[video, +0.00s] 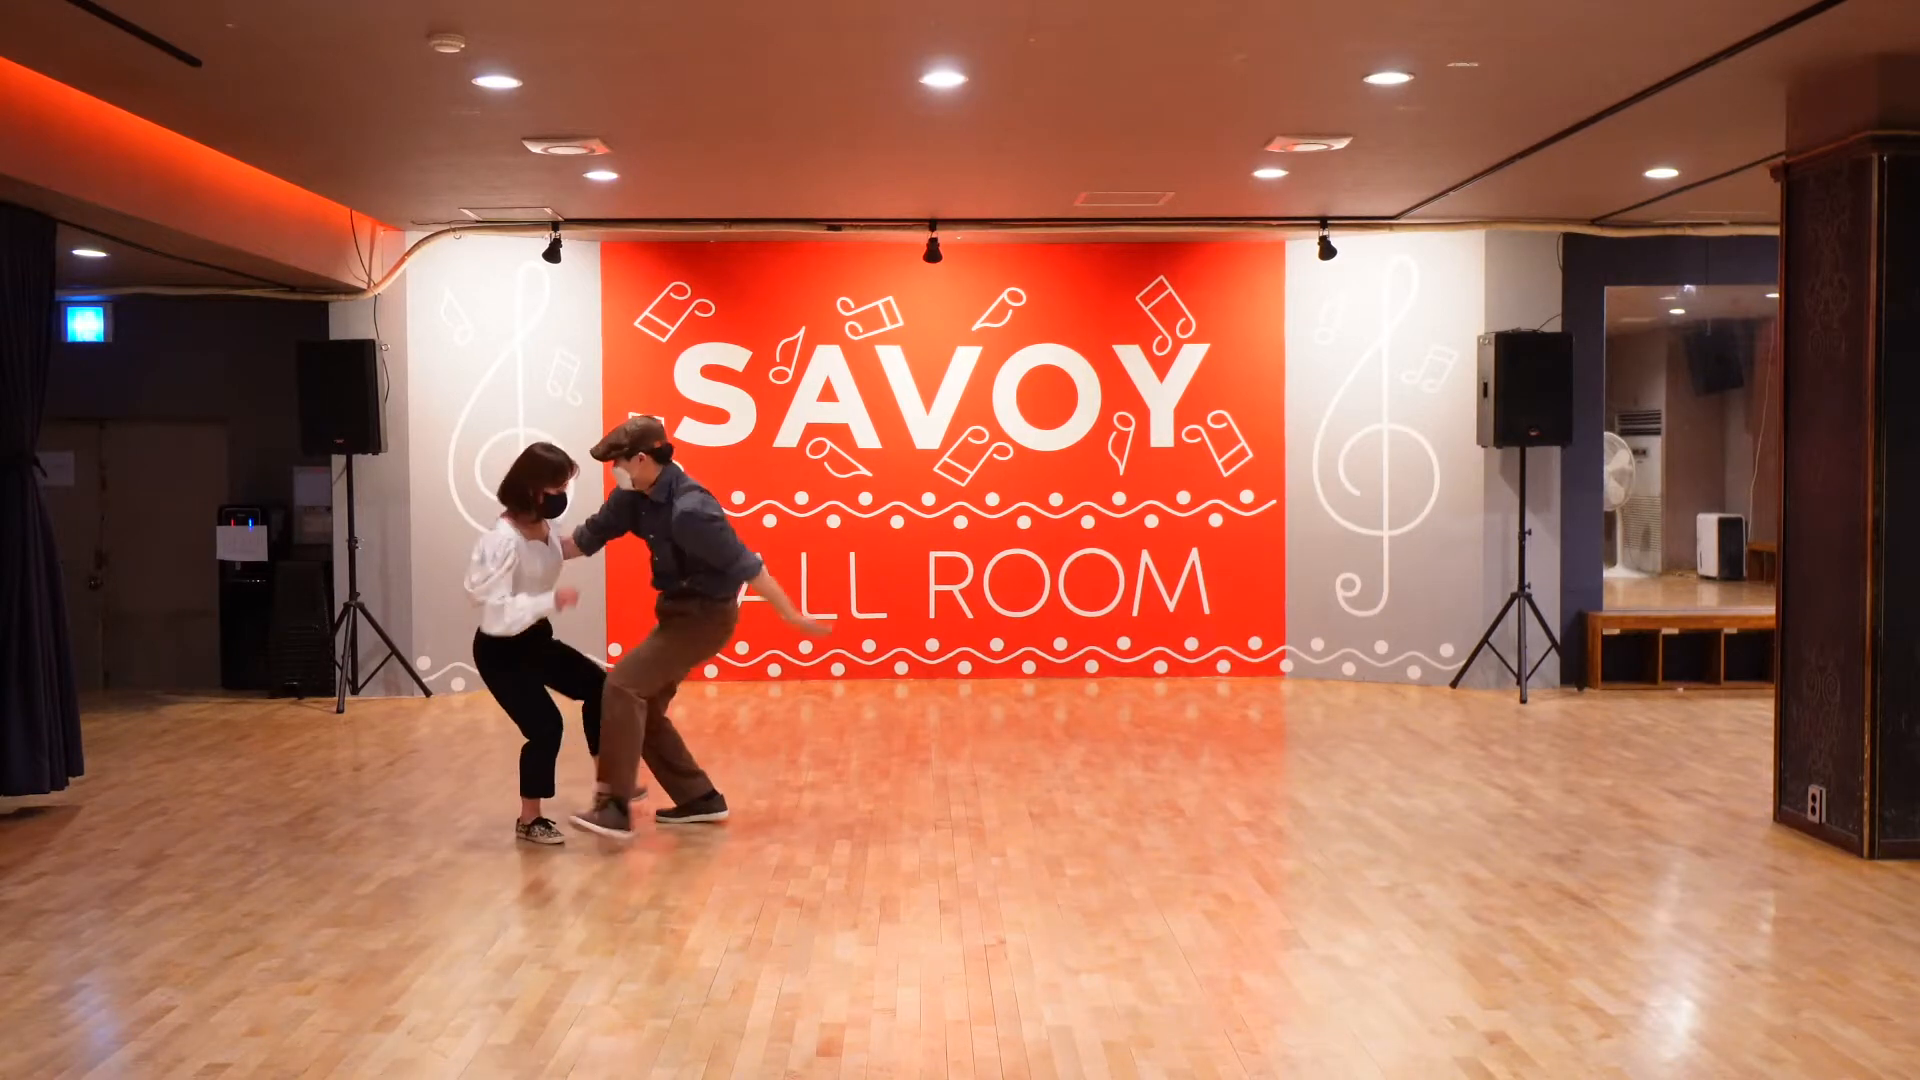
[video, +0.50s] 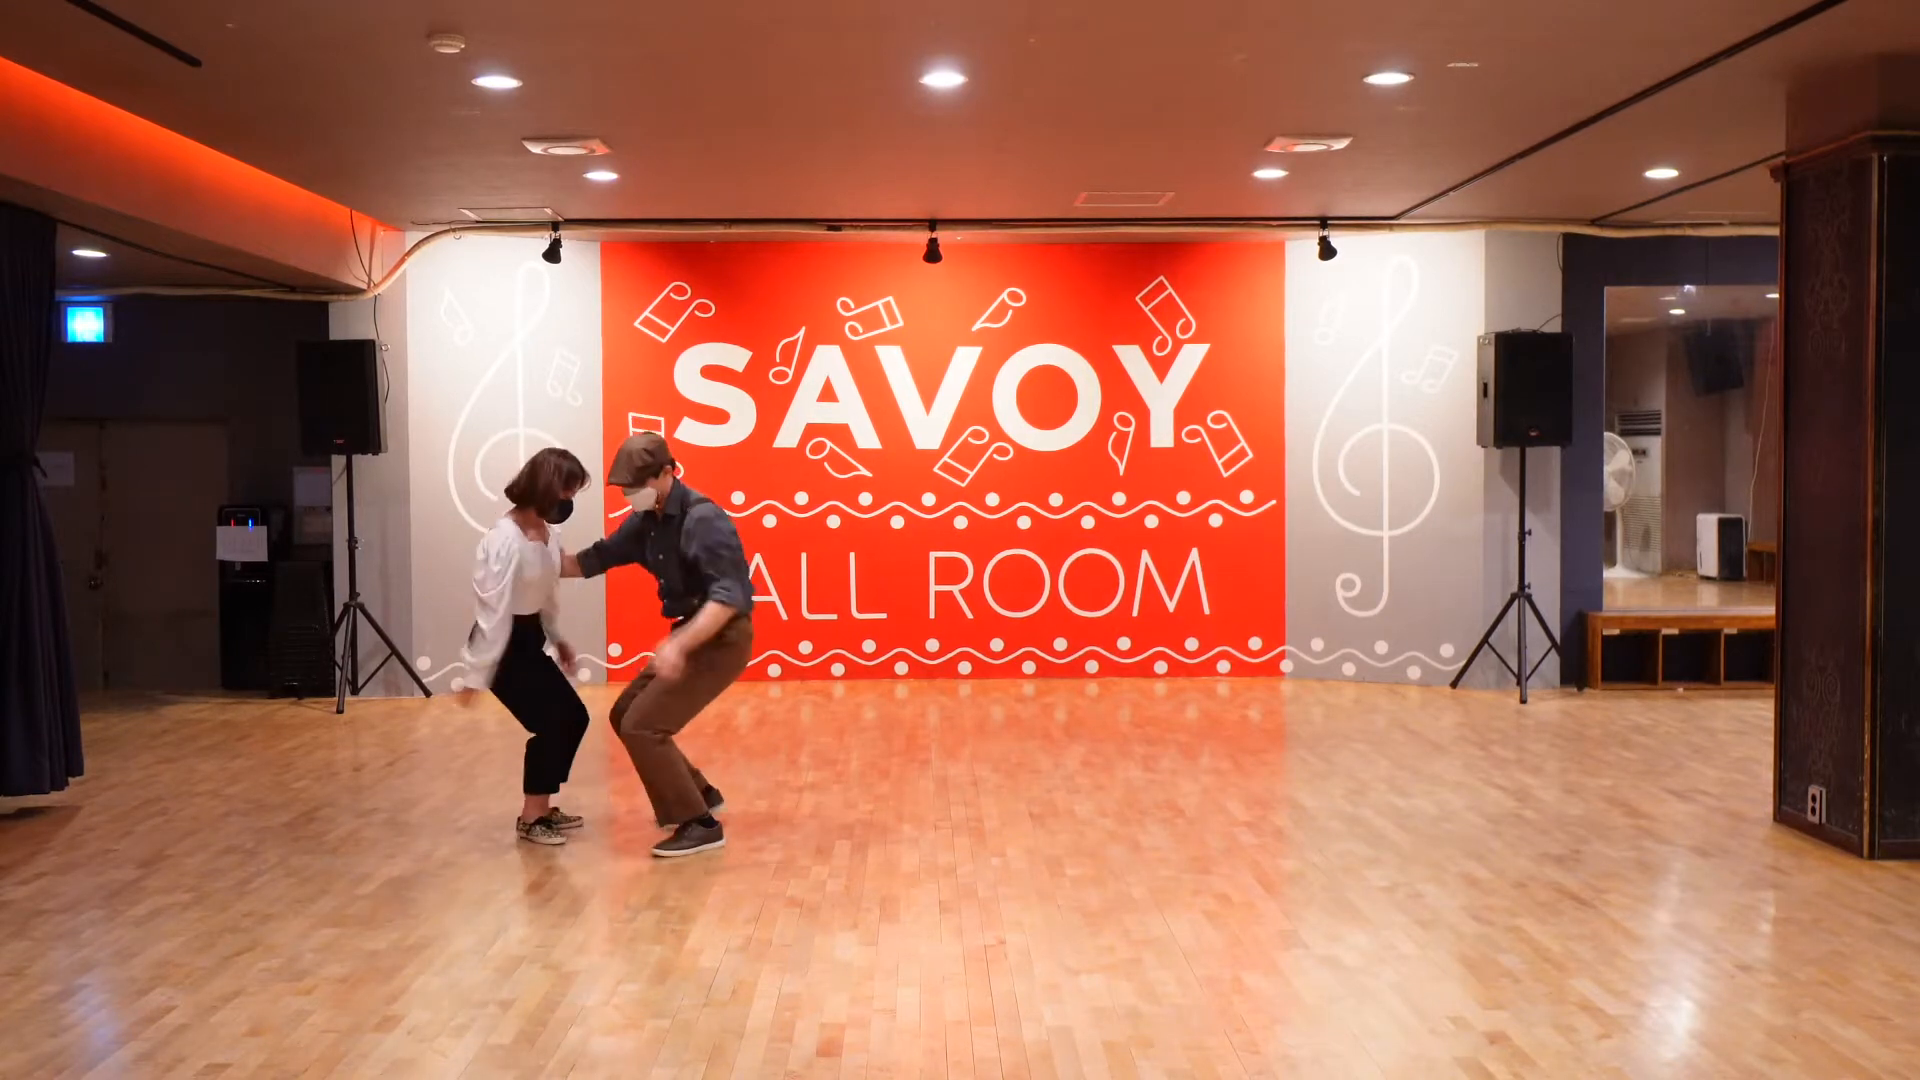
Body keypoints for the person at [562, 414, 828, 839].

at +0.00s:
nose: (616, 470)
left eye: (622, 462)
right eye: (615, 462)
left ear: (645, 460)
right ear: (638, 461)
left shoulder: (690, 509)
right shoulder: (631, 497)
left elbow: (752, 568)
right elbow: (580, 541)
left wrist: (795, 618)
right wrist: (529, 538)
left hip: (707, 617)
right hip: (676, 614)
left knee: (622, 686)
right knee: (644, 711)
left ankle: (614, 807)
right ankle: (700, 798)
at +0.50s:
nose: (626, 497)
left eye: (633, 488)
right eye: (624, 488)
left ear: (664, 477)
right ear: (656, 479)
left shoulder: (704, 519)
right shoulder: (646, 522)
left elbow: (730, 595)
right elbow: (592, 560)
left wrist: (679, 644)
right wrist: (534, 558)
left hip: (724, 636)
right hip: (693, 633)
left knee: (641, 726)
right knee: (624, 715)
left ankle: (698, 823)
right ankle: (699, 794)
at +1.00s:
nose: (620, 495)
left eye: (626, 486)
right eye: (617, 487)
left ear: (656, 478)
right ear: (649, 480)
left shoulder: (690, 513)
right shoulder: (647, 515)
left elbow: (630, 562)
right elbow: (601, 551)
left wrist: (546, 562)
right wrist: (537, 553)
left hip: (735, 635)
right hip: (701, 632)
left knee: (653, 719)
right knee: (624, 691)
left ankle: (701, 823)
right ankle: (662, 785)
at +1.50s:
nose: (614, 492)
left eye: (622, 483)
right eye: (613, 483)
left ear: (649, 480)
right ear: (637, 481)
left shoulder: (696, 519)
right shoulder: (625, 513)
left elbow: (761, 546)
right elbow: (572, 542)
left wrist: (806, 577)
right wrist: (527, 557)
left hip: (707, 630)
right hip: (669, 629)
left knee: (659, 720)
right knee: (624, 719)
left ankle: (610, 825)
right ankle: (692, 797)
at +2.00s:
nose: (611, 508)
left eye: (617, 499)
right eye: (606, 501)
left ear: (645, 485)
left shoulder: (689, 512)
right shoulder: (626, 525)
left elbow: (679, 570)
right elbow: (567, 567)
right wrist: (509, 562)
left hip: (731, 633)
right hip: (691, 631)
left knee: (656, 721)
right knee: (616, 682)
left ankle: (701, 816)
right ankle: (652, 776)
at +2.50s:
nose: (603, 500)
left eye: (609, 490)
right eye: (600, 492)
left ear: (638, 481)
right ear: (626, 485)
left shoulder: (680, 521)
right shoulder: (622, 526)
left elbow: (650, 609)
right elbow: (564, 569)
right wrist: (503, 575)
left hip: (722, 636)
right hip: (686, 637)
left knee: (650, 723)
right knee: (621, 716)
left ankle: (700, 818)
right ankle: (675, 806)